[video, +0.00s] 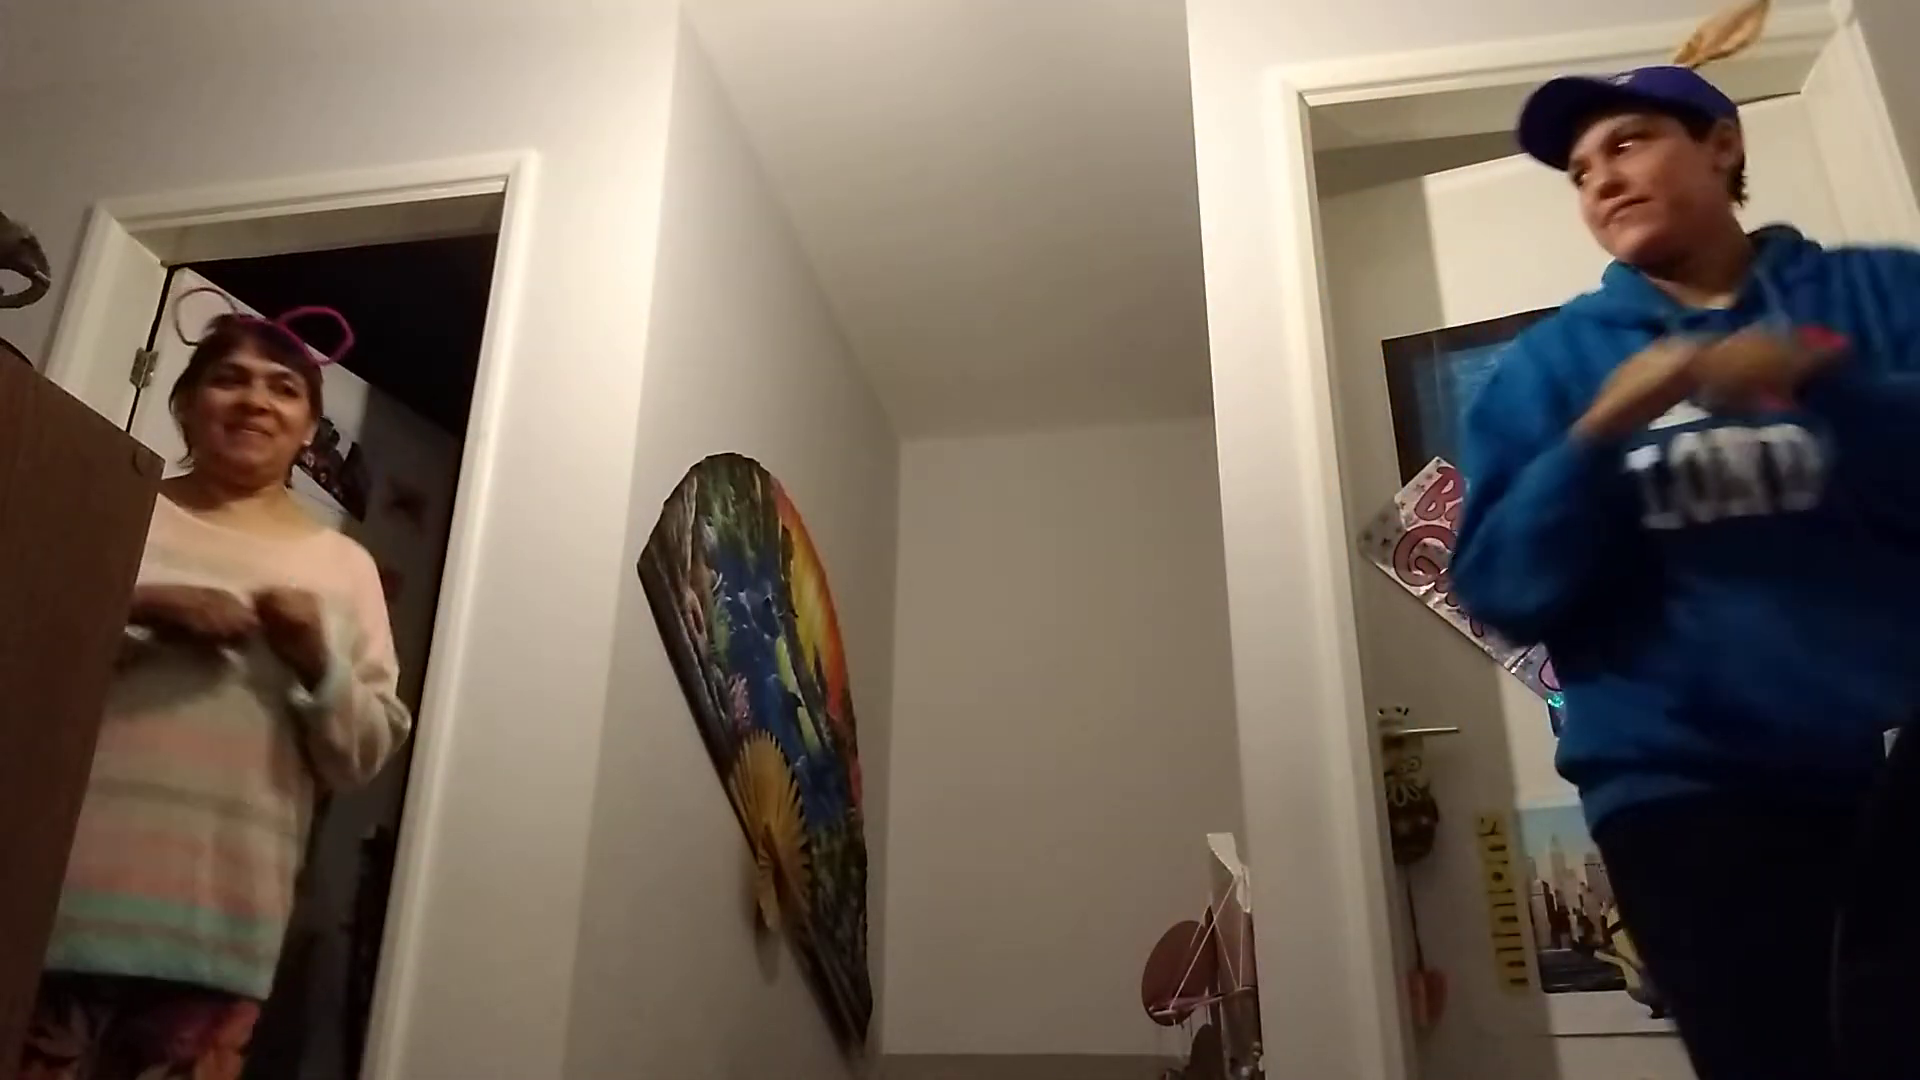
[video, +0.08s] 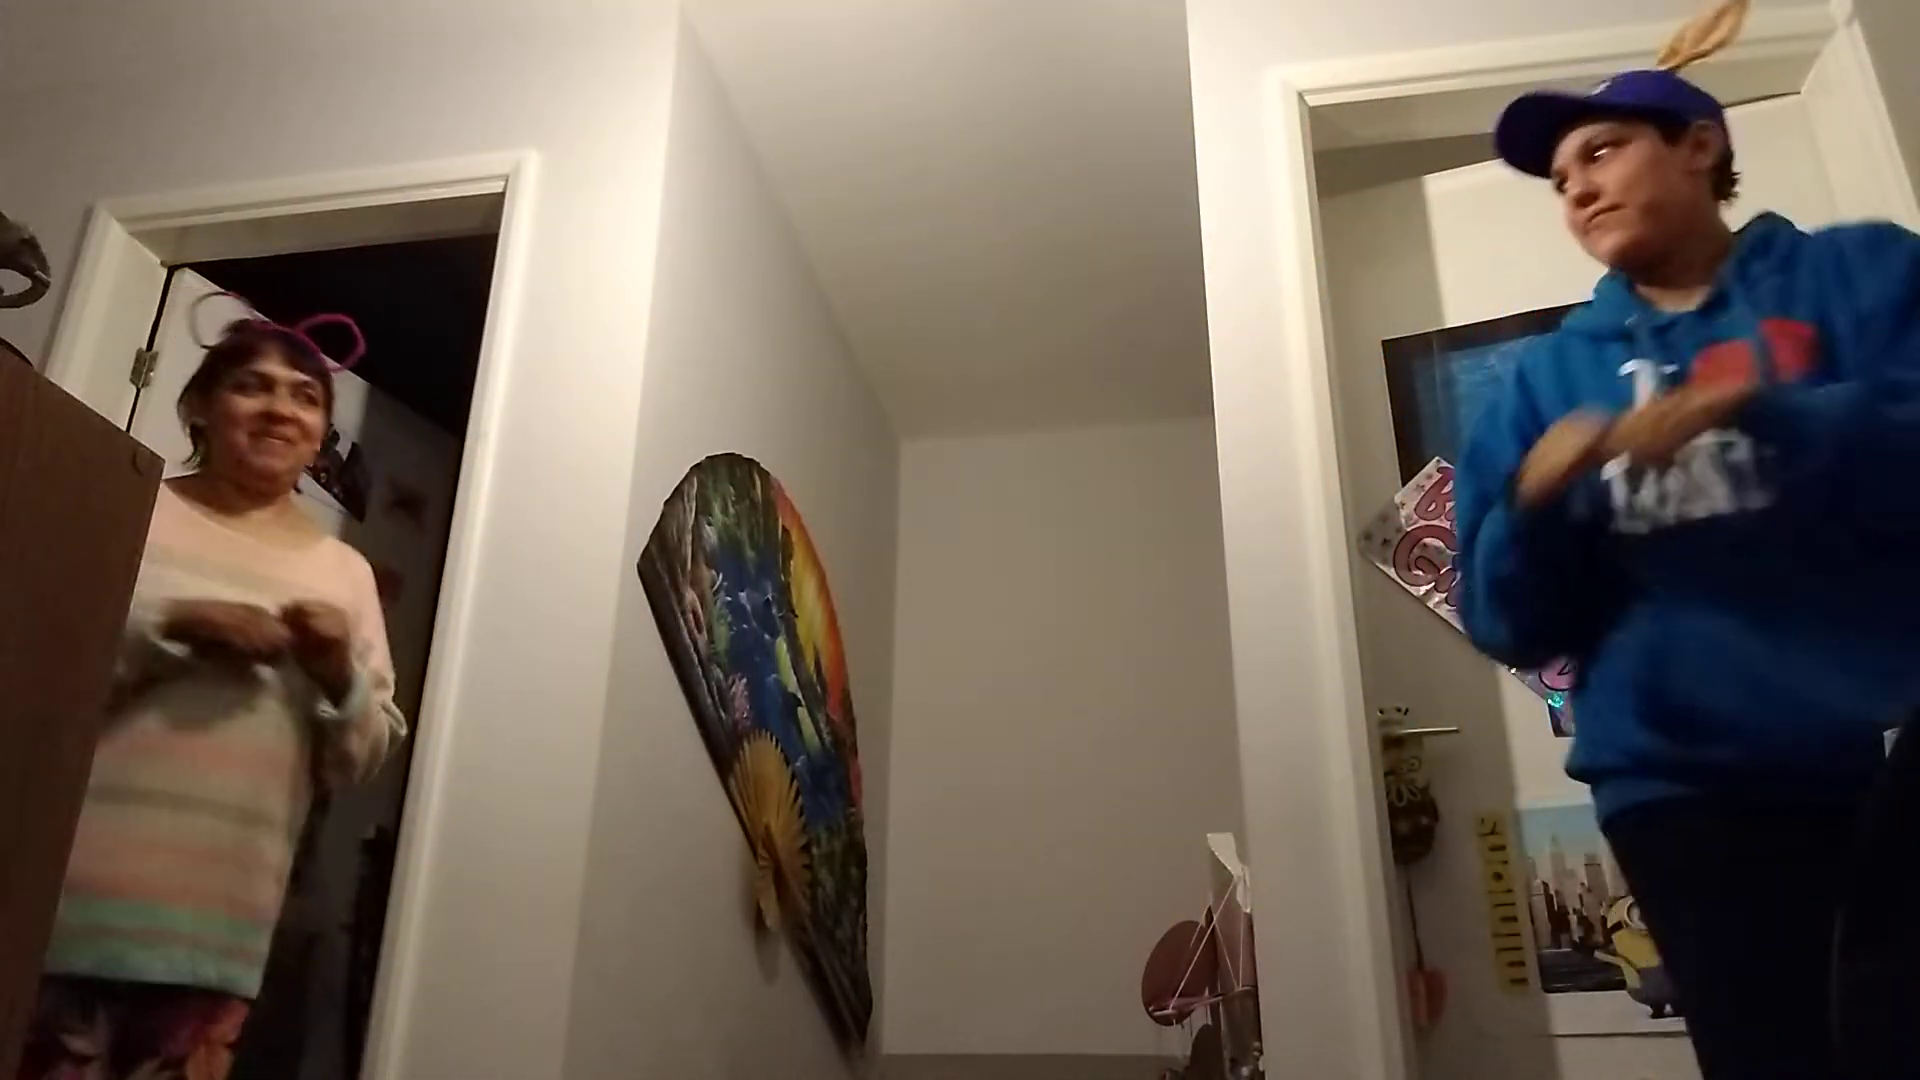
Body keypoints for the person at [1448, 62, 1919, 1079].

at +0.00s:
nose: (1601, 175)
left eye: (1629, 142)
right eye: (1582, 169)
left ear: (1721, 148)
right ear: (1580, 209)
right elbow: (1499, 589)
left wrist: (1819, 379)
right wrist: (1598, 429)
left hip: (1887, 761)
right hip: (1682, 793)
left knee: (1890, 1043)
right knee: (1768, 1055)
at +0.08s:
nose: (1576, 188)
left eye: (1603, 151)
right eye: (1561, 178)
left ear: (1701, 147)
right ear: (1562, 213)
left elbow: (1913, 429)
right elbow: (1505, 626)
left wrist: (1750, 400)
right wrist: (1535, 500)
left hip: (1884, 752)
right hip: (1682, 789)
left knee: (1889, 1037)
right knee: (1763, 1055)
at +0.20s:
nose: (1557, 202)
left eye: (1581, 167)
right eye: (1548, 191)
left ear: (1677, 159)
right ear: (1554, 222)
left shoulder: (1818, 258)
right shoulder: (1568, 380)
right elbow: (1585, 650)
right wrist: (1527, 566)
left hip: (1856, 765)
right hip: (1669, 798)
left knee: (1876, 1048)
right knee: (1743, 1057)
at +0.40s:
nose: (1566, 217)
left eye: (1583, 180)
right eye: (1554, 203)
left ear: (1676, 154)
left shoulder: (1767, 249)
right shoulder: (1626, 353)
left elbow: (1712, 481)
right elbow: (1592, 622)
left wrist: (1525, 446)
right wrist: (1518, 516)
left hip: (1818, 780)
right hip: (1702, 797)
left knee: (1836, 1053)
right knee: (1772, 1054)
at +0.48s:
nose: (1569, 219)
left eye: (1584, 181)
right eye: (1554, 204)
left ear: (1672, 148)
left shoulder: (1754, 241)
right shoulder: (1641, 331)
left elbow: (1662, 468)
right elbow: (1574, 610)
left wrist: (1505, 430)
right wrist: (1516, 486)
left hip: (1833, 773)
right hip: (1716, 790)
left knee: (1851, 1052)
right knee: (1778, 1054)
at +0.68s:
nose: (1543, 235)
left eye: (1554, 193)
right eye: (1532, 217)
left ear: (1639, 157)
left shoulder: (1724, 231)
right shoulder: (1629, 333)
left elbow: (1604, 431)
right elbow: (1582, 604)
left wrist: (1497, 378)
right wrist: (1507, 458)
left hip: (1844, 768)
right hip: (1740, 791)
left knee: (1853, 1046)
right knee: (1789, 1050)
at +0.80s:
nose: (1513, 240)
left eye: (1525, 202)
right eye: (1504, 222)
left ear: (1610, 169)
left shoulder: (1692, 239)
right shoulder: (1610, 336)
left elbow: (1592, 439)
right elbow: (1566, 613)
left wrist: (1476, 389)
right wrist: (1497, 458)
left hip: (1829, 768)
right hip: (1746, 786)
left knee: (1827, 1046)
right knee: (1785, 1047)